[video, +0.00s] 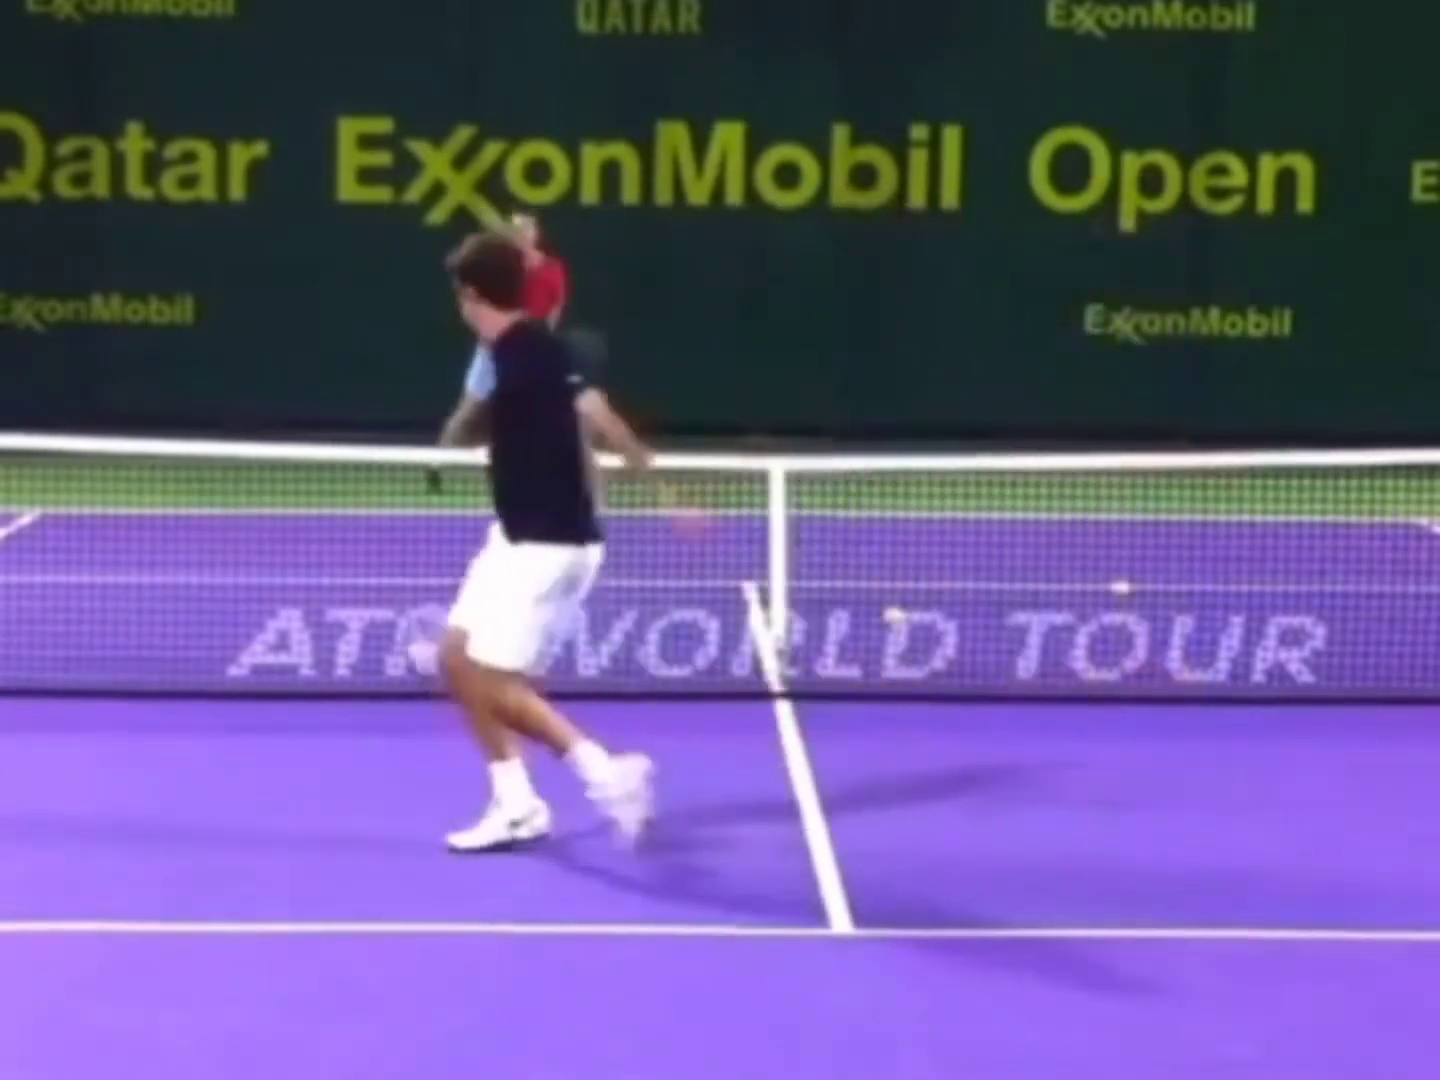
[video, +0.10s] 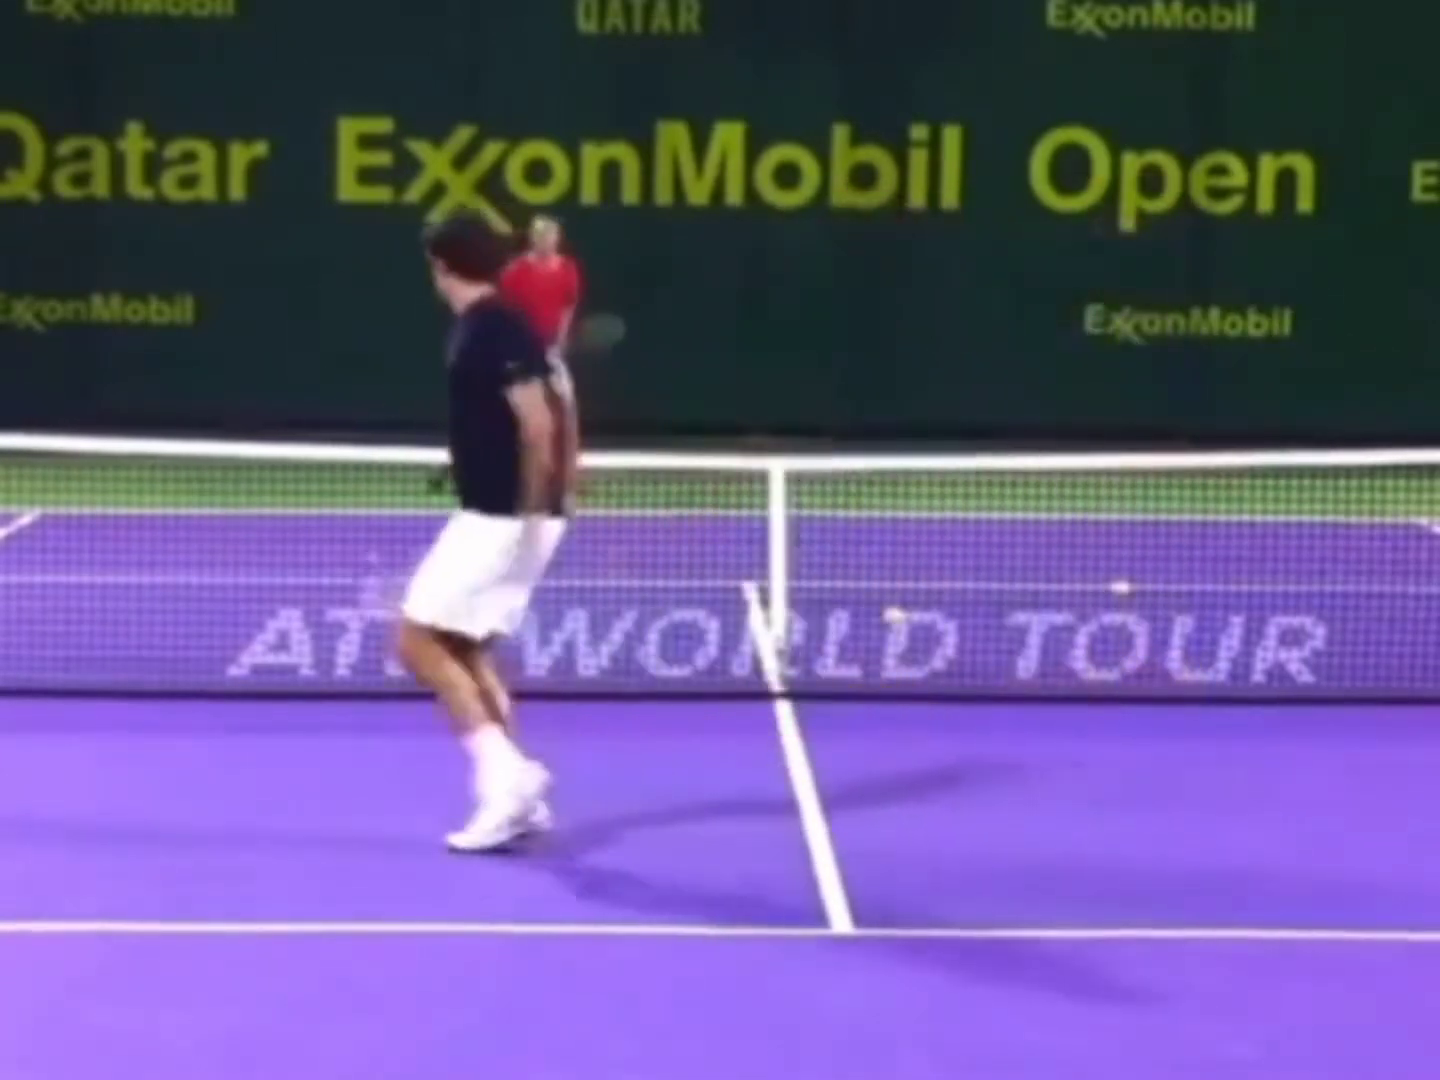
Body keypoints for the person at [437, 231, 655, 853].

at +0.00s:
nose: (461, 310)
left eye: (463, 298)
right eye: (461, 298)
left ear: (477, 298)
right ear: (516, 290)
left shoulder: (522, 349)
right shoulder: (536, 348)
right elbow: (591, 419)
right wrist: (641, 460)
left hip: (551, 544)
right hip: (521, 538)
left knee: (494, 678)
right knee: (458, 658)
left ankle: (607, 773)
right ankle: (515, 797)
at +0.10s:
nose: (432, 278)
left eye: (433, 267)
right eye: (433, 267)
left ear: (443, 268)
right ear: (491, 263)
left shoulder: (487, 329)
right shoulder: (512, 323)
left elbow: (537, 422)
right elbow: (560, 406)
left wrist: (533, 507)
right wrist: (559, 490)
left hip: (495, 512)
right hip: (521, 512)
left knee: (418, 639)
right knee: (462, 645)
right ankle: (515, 783)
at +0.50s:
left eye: (362, 281)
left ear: (355, 287)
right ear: (413, 289)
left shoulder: (328, 353)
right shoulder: (436, 357)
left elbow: (288, 442)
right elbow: (479, 451)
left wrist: (317, 460)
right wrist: (450, 490)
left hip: (340, 538)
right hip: (421, 538)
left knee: (296, 675)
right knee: (432, 668)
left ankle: (279, 821)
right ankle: (471, 796)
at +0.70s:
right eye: (420, 241)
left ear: (375, 245)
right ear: (430, 248)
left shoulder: (338, 300)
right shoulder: (452, 308)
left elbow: (289, 390)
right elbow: (490, 399)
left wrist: (335, 405)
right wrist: (459, 451)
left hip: (345, 492)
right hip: (427, 489)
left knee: (306, 633)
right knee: (480, 626)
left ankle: (256, 796)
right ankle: (528, 777)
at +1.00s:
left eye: (428, 307)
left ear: (418, 315)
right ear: (474, 316)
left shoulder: (387, 380)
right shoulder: (503, 388)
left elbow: (351, 472)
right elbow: (536, 494)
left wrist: (394, 480)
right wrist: (501, 499)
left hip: (401, 566)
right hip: (491, 565)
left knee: (328, 681)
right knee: (559, 680)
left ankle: (247, 808)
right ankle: (575, 820)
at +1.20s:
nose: (465, 285)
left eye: (465, 275)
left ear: (470, 280)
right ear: (521, 278)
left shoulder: (474, 338)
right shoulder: (549, 338)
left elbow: (443, 412)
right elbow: (508, 440)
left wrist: (400, 385)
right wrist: (410, 437)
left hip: (495, 524)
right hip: (561, 521)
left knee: (435, 653)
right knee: (563, 658)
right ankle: (623, 773)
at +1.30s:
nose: (460, 300)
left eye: (463, 289)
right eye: (462, 289)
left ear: (477, 291)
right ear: (528, 281)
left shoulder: (519, 339)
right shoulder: (558, 336)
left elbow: (487, 406)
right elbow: (491, 392)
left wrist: (406, 398)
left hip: (529, 528)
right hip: (587, 527)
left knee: (465, 658)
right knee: (588, 657)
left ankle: (487, 813)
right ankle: (667, 780)